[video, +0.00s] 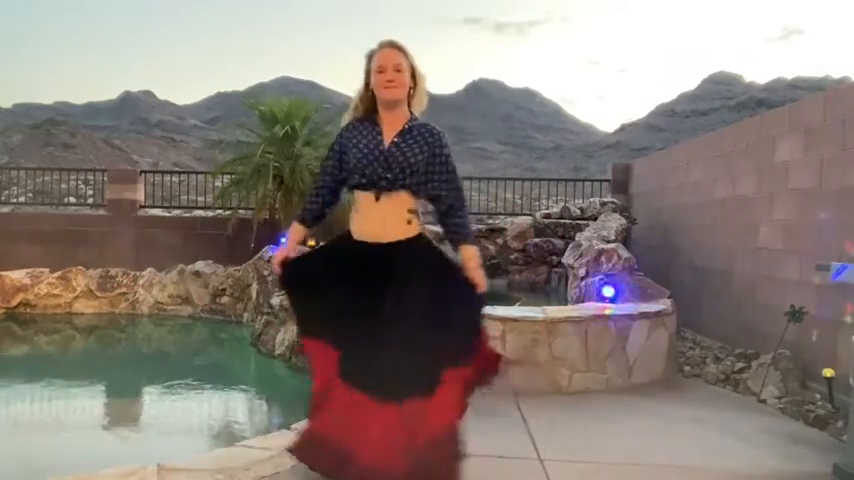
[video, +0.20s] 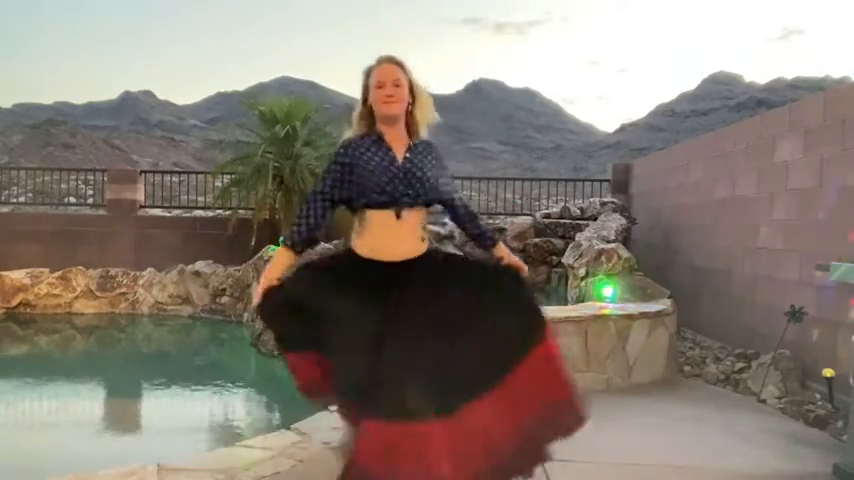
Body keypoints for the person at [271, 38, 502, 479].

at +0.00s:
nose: (390, 77)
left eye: (398, 70)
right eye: (381, 71)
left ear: (411, 79)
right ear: (369, 80)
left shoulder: (428, 137)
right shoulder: (352, 134)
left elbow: (451, 201)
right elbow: (324, 191)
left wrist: (471, 263)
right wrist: (292, 241)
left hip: (411, 258)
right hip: (354, 257)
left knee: (415, 365)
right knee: (354, 364)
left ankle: (417, 460)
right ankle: (357, 459)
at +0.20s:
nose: (389, 92)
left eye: (397, 85)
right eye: (380, 86)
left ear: (410, 95)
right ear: (368, 98)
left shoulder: (425, 151)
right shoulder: (353, 151)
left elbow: (454, 206)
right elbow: (318, 207)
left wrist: (498, 250)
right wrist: (283, 257)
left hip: (422, 270)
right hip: (362, 270)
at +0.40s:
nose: (395, 80)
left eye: (400, 73)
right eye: (383, 76)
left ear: (411, 83)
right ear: (367, 91)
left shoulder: (398, 136)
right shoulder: (374, 138)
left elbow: (395, 213)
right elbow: (352, 215)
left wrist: (434, 236)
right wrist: (327, 288)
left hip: (407, 270)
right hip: (384, 276)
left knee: (404, 387)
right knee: (384, 392)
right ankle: (381, 468)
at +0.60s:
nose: (426, 75)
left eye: (423, 66)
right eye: (421, 66)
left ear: (374, 75)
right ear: (405, 74)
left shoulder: (357, 131)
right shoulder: (422, 127)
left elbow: (327, 173)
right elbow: (458, 188)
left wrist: (293, 205)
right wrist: (492, 248)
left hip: (366, 252)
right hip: (412, 252)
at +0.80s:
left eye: (380, 75)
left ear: (385, 81)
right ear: (433, 88)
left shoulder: (359, 130)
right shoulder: (440, 139)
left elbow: (300, 165)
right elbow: (493, 198)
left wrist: (233, 193)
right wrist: (546, 248)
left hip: (360, 247)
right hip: (414, 245)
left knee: (369, 357)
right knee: (417, 360)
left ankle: (373, 449)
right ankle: (421, 456)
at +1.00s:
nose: (377, 88)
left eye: (389, 81)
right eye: (380, 79)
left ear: (416, 93)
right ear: (413, 93)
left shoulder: (396, 136)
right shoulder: (426, 146)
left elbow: (365, 192)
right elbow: (459, 201)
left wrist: (317, 226)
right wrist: (500, 243)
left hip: (386, 264)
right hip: (416, 262)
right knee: (418, 378)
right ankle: (420, 463)